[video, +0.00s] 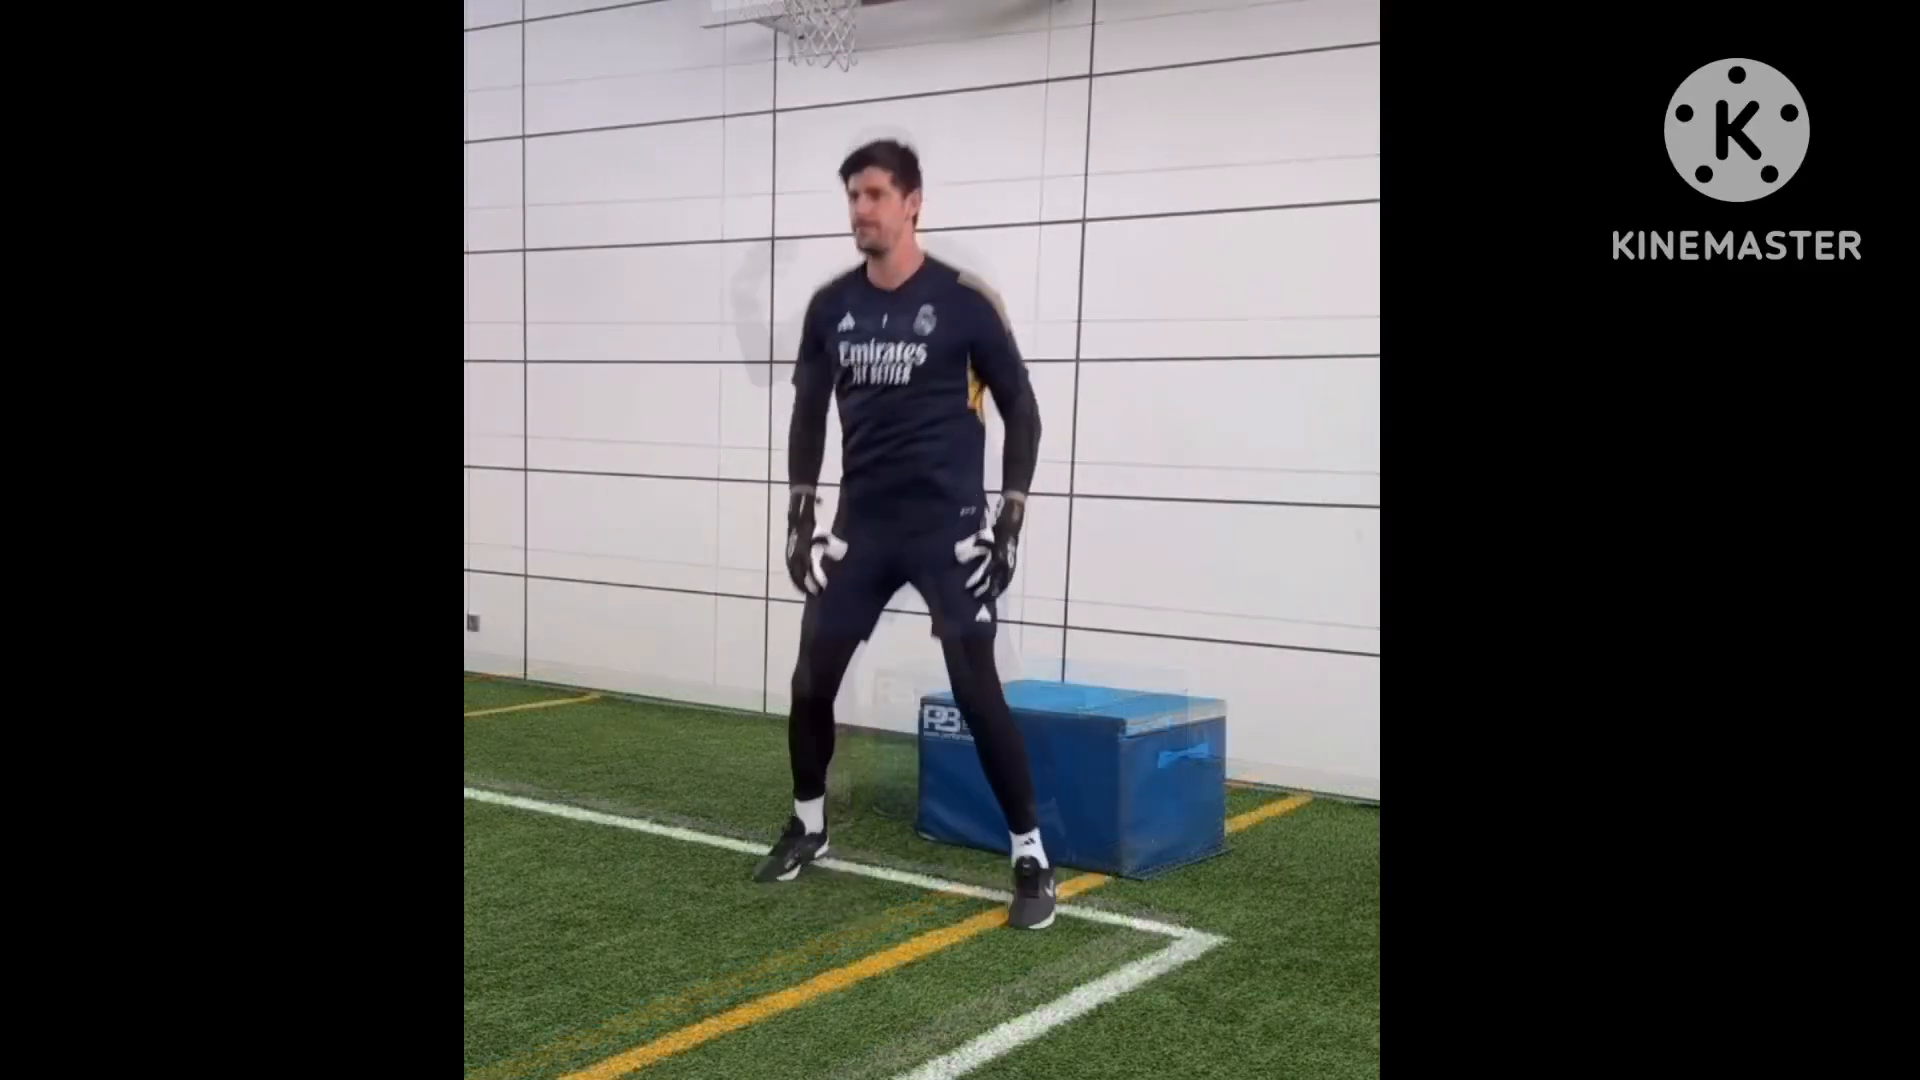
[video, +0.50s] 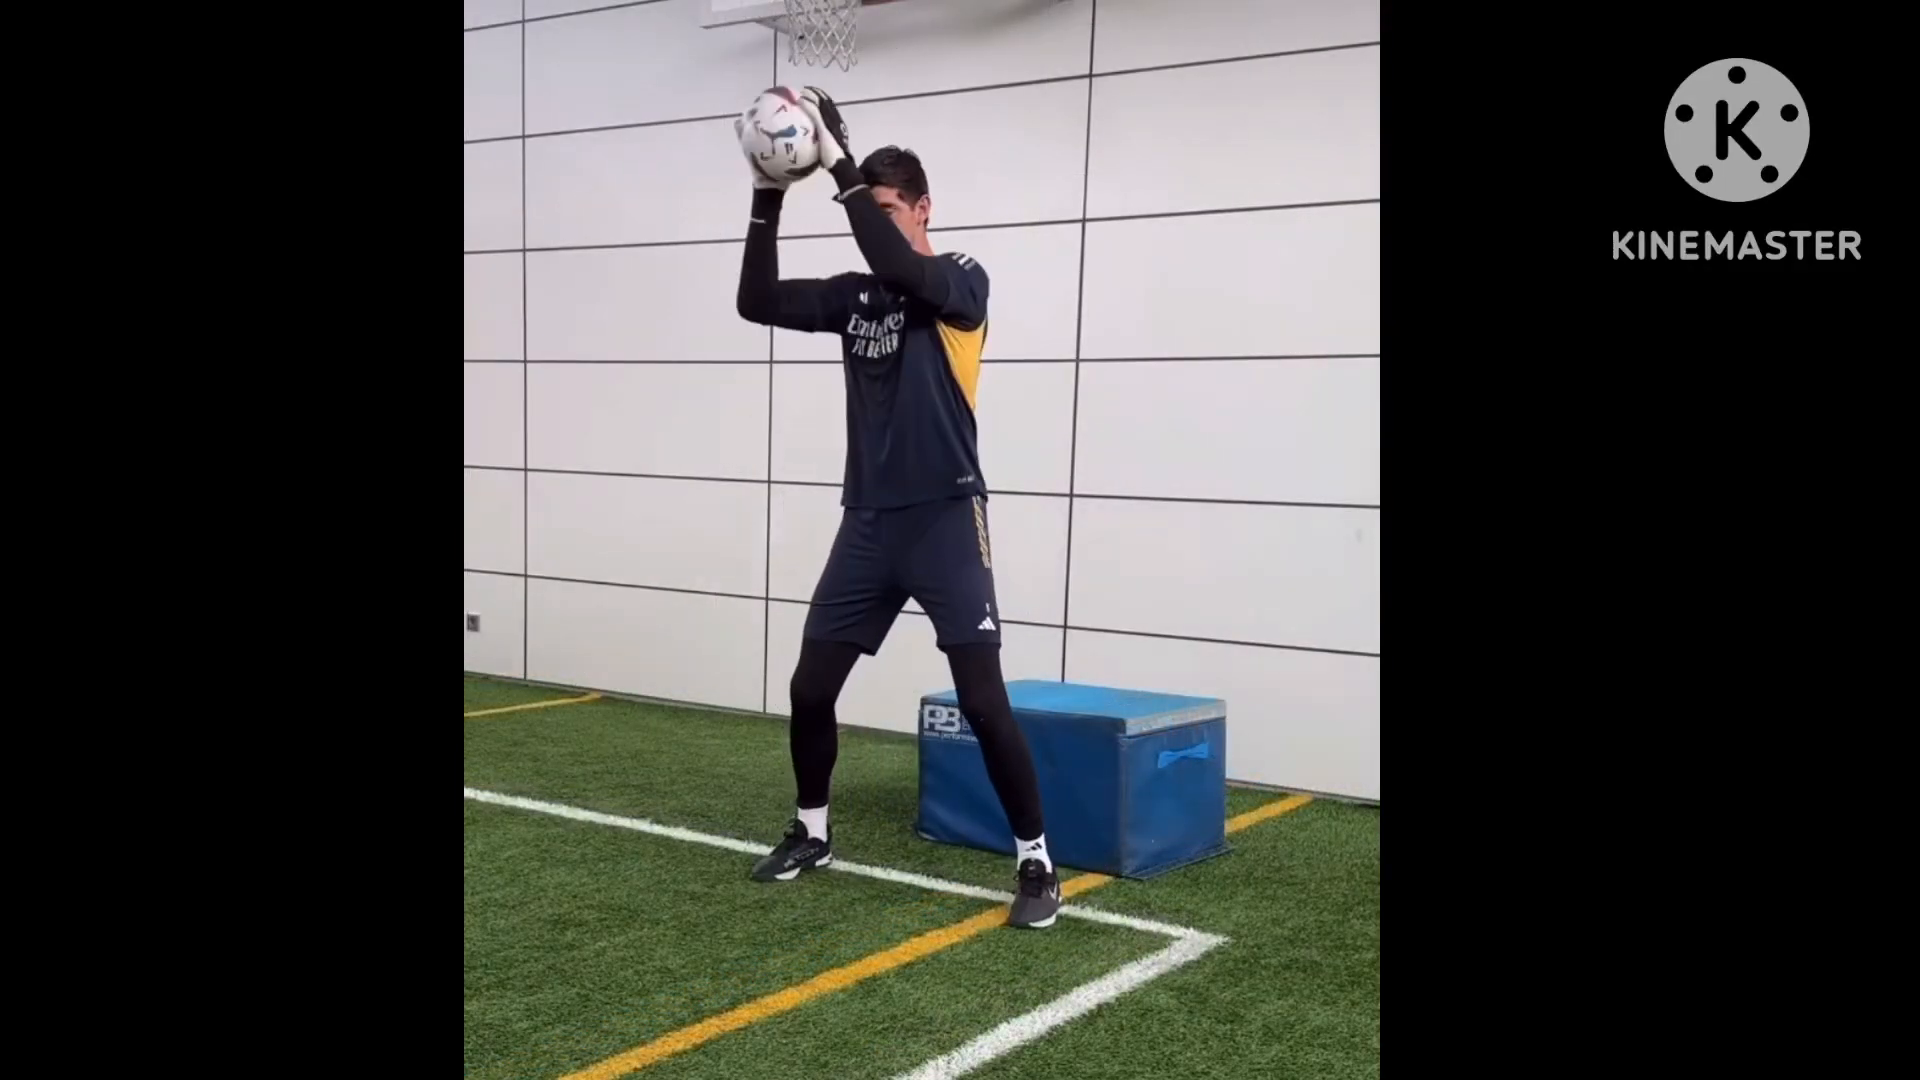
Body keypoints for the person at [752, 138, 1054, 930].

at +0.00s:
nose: (862, 209)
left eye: (876, 195)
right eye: (855, 197)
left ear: (913, 203)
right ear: (847, 209)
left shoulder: (964, 304)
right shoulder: (830, 307)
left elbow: (1021, 412)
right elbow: (808, 412)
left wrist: (1010, 520)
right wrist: (801, 514)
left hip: (950, 523)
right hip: (862, 524)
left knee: (976, 689)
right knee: (811, 683)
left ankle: (1029, 857)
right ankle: (808, 826)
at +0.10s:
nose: (849, 234)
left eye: (864, 220)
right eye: (843, 221)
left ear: (903, 227)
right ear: (840, 232)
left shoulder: (956, 326)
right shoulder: (833, 334)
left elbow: (1013, 442)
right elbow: (824, 444)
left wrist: (1005, 553)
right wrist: (805, 548)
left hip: (947, 549)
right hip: (861, 547)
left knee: (969, 709)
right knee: (796, 695)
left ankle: (1033, 862)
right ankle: (812, 835)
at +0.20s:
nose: (856, 230)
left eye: (869, 215)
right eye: (847, 218)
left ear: (906, 221)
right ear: (841, 229)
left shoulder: (956, 318)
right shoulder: (839, 325)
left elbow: (1022, 432)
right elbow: (820, 420)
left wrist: (967, 506)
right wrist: (791, 496)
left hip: (941, 544)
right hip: (859, 541)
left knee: (971, 707)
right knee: (795, 692)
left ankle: (1033, 863)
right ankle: (811, 834)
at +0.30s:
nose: (865, 226)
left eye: (878, 211)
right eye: (856, 214)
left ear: (916, 214)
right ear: (852, 223)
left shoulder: (959, 299)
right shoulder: (846, 311)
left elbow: (998, 397)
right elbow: (790, 401)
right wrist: (765, 391)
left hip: (941, 542)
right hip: (857, 540)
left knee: (977, 706)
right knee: (802, 691)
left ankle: (1033, 860)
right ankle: (811, 834)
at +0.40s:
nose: (875, 228)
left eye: (887, 214)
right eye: (866, 217)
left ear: (925, 216)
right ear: (859, 226)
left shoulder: (966, 289)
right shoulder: (848, 303)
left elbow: (956, 323)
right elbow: (756, 342)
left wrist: (877, 269)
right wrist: (745, 257)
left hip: (945, 533)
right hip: (862, 535)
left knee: (983, 706)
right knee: (805, 692)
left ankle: (1034, 862)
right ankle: (811, 835)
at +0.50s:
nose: (875, 217)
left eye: (886, 202)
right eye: (866, 207)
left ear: (923, 206)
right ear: (865, 218)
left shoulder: (964, 282)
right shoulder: (853, 295)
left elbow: (903, 275)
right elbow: (758, 298)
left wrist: (847, 182)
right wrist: (767, 196)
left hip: (946, 518)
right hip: (867, 522)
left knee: (981, 697)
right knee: (811, 688)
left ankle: (1036, 863)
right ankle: (810, 834)